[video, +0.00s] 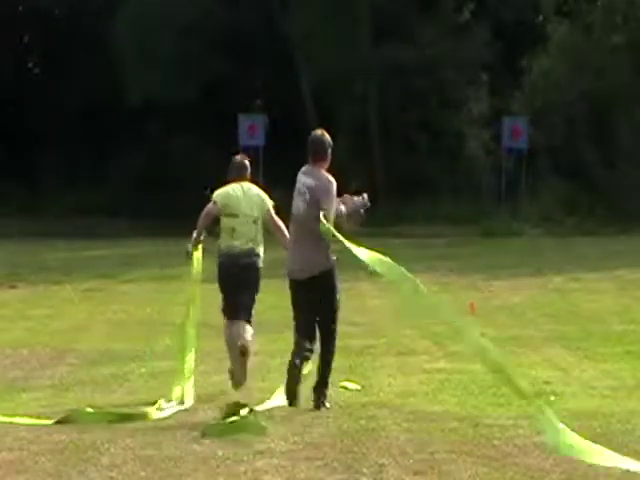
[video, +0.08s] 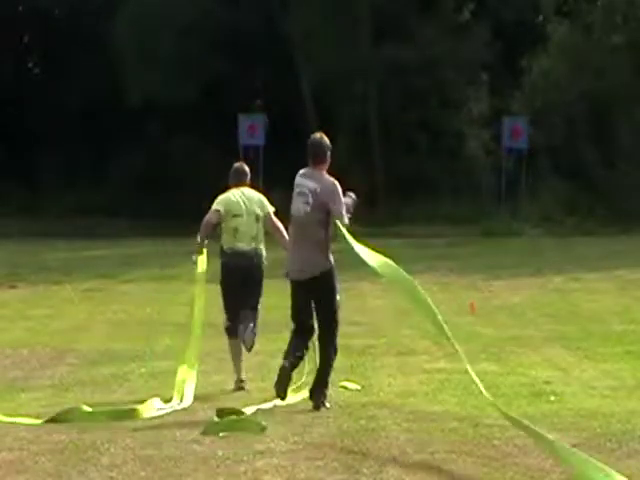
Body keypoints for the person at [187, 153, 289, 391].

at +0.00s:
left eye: (234, 173)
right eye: (246, 172)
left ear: (230, 174)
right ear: (249, 174)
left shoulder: (223, 193)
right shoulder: (259, 195)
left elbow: (207, 214)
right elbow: (276, 223)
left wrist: (197, 234)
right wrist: (291, 245)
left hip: (227, 255)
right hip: (251, 254)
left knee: (230, 312)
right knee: (245, 305)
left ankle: (234, 365)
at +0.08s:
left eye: (235, 178)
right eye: (247, 178)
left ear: (230, 179)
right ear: (249, 179)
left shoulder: (225, 198)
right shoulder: (259, 199)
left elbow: (210, 220)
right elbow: (275, 225)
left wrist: (201, 239)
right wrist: (290, 246)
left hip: (231, 255)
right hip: (254, 254)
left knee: (232, 316)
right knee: (252, 302)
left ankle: (239, 375)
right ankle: (247, 327)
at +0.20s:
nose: (253, 178)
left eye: (246, 173)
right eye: (255, 174)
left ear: (238, 175)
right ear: (257, 175)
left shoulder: (226, 193)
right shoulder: (263, 193)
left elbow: (209, 213)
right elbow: (277, 217)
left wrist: (211, 233)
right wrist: (286, 239)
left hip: (232, 252)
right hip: (256, 252)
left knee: (234, 314)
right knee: (254, 304)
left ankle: (239, 366)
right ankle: (254, 353)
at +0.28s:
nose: (262, 176)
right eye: (263, 173)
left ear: (244, 172)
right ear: (261, 173)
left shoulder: (230, 188)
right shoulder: (266, 192)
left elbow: (214, 206)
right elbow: (276, 216)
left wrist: (217, 229)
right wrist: (275, 234)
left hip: (232, 243)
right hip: (256, 243)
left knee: (239, 301)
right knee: (256, 304)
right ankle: (256, 356)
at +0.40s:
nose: (257, 178)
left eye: (251, 174)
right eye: (260, 174)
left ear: (246, 175)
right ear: (264, 176)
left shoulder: (235, 193)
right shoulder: (273, 199)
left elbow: (219, 207)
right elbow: (281, 227)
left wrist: (222, 227)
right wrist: (275, 241)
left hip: (238, 247)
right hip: (260, 247)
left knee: (239, 293)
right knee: (260, 306)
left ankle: (243, 321)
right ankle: (256, 364)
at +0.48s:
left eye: (246, 170)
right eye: (255, 169)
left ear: (243, 171)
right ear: (260, 171)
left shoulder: (235, 188)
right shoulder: (273, 193)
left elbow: (219, 207)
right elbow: (282, 218)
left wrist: (225, 226)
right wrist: (275, 236)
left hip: (241, 242)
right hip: (262, 244)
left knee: (243, 297)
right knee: (259, 300)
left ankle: (245, 349)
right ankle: (257, 354)